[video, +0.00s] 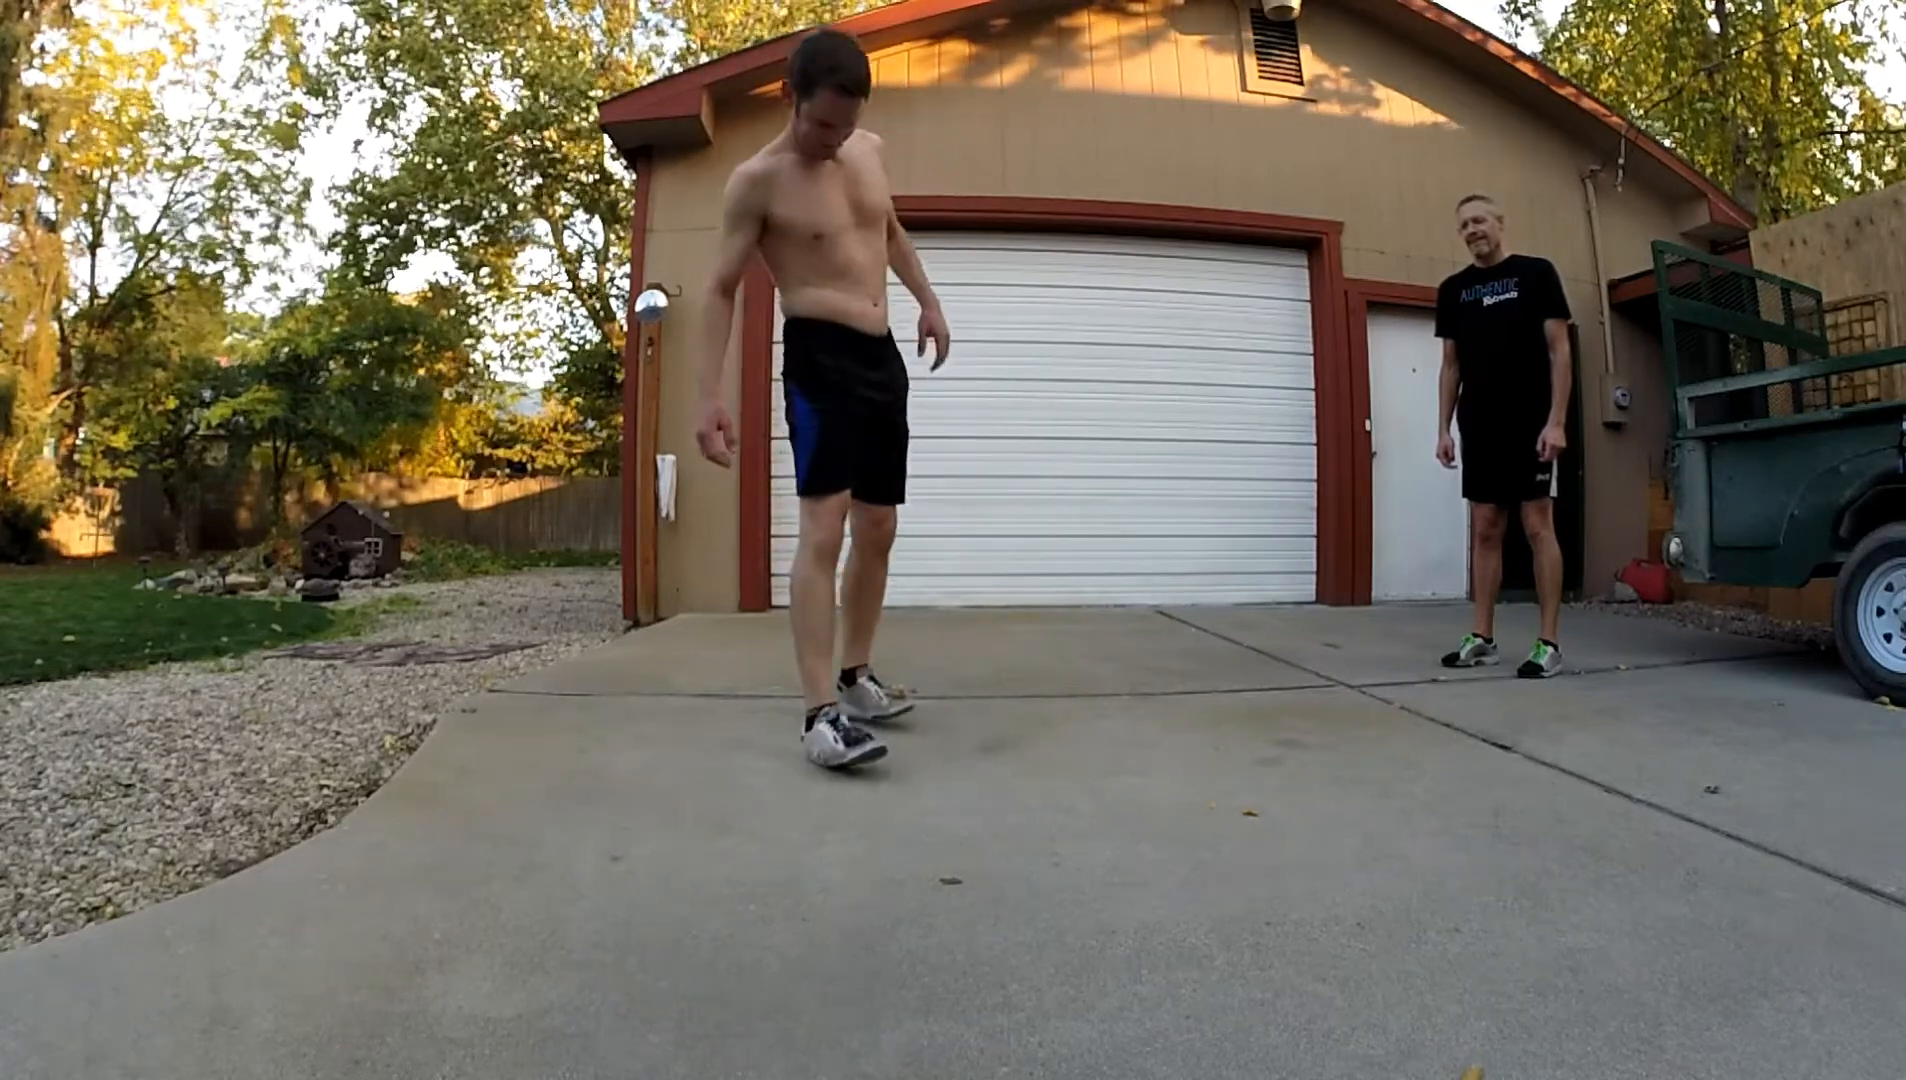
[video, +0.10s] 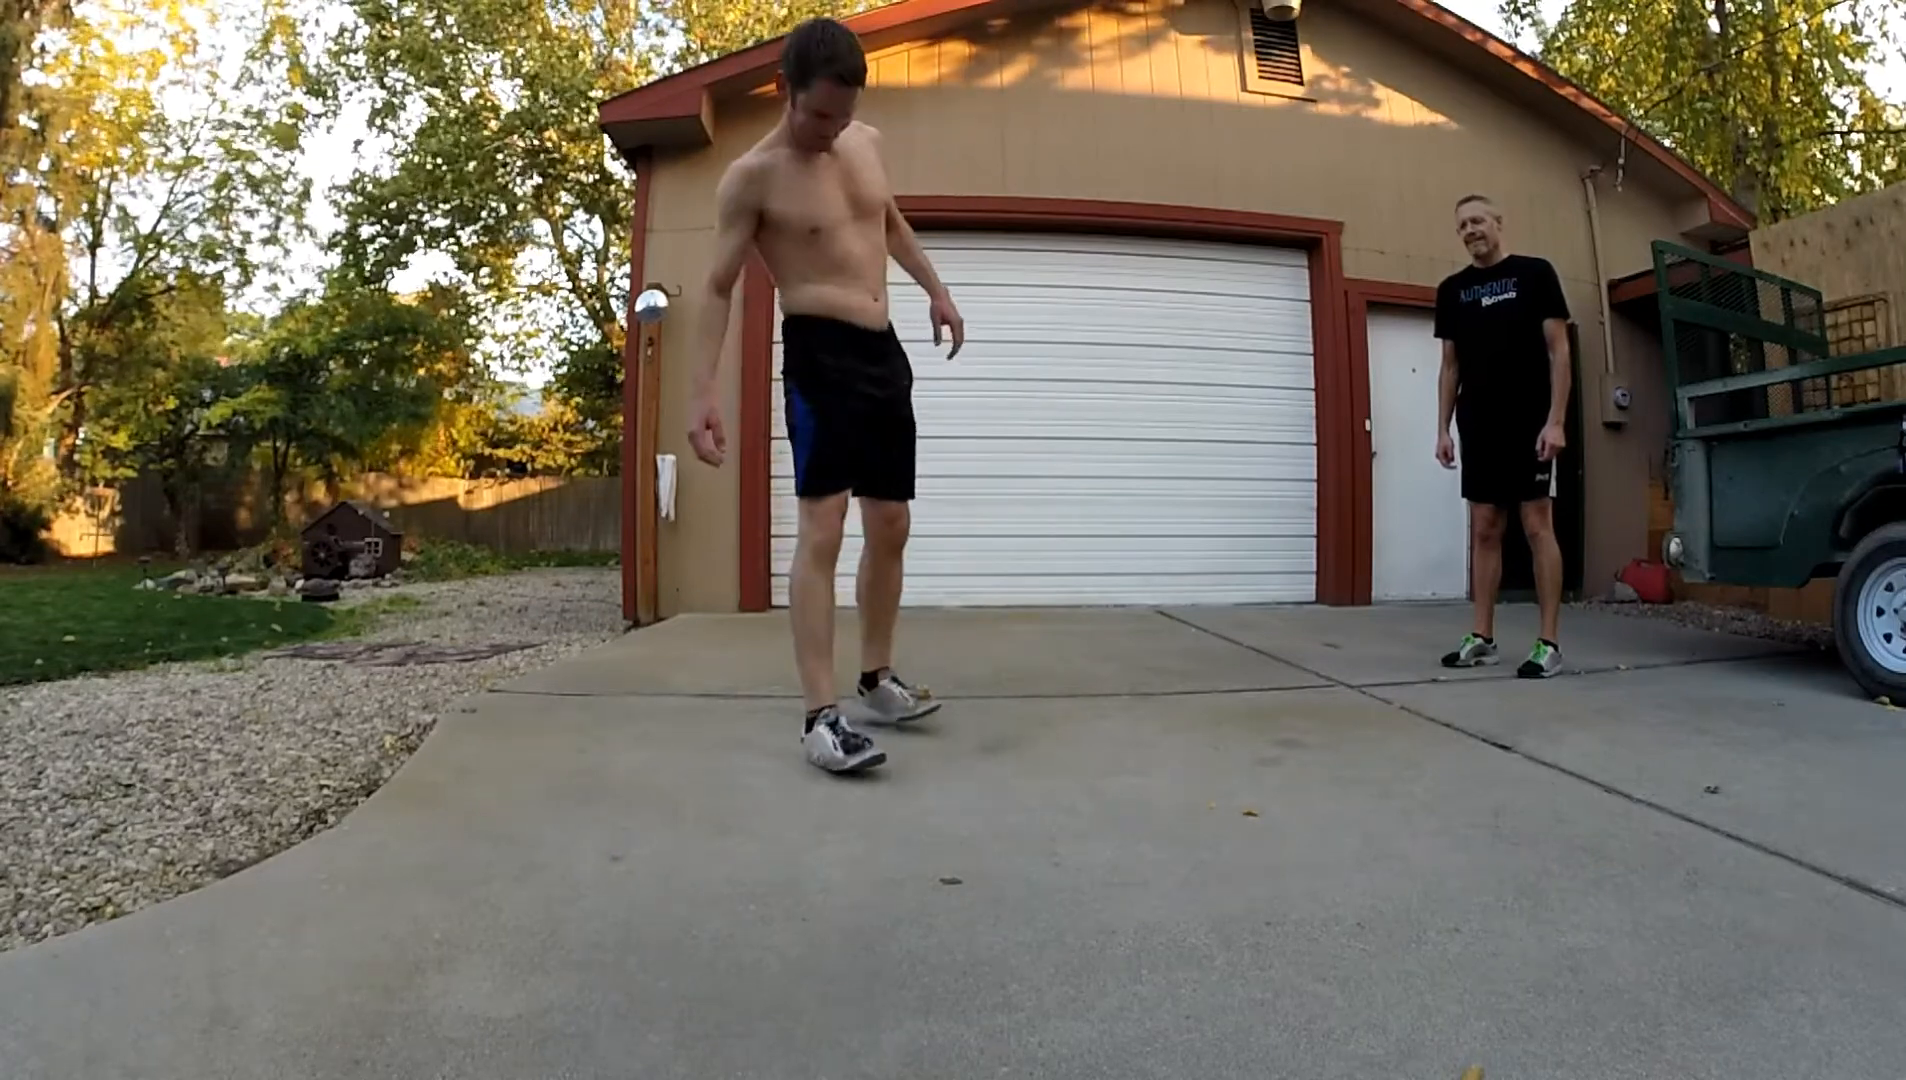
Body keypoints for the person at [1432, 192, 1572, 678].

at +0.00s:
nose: (1473, 230)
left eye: (1480, 221)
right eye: (1465, 225)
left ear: (1501, 223)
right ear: (1459, 235)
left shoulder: (1536, 273)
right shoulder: (1453, 290)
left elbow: (1560, 350)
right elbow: (1451, 364)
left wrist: (1556, 421)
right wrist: (1444, 428)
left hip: (1532, 420)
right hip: (1481, 423)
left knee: (1537, 527)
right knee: (1485, 529)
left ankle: (1548, 641)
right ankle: (1481, 636)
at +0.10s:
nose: (1472, 230)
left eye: (1478, 221)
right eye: (1464, 225)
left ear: (1498, 223)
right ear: (1458, 235)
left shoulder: (1535, 273)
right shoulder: (1452, 291)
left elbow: (1560, 351)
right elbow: (1450, 364)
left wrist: (1556, 421)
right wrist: (1443, 428)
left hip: (1531, 421)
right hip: (1480, 424)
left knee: (1537, 528)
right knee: (1484, 530)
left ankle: (1548, 641)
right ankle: (1481, 636)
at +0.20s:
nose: (1470, 231)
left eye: (1476, 222)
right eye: (1462, 226)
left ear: (1496, 224)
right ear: (1456, 236)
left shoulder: (1534, 273)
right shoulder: (1451, 291)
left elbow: (1558, 349)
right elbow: (1449, 365)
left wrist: (1554, 420)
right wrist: (1442, 429)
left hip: (1530, 421)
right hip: (1479, 424)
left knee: (1536, 527)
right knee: (1484, 530)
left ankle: (1548, 641)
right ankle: (1482, 636)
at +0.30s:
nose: (1467, 232)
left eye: (1473, 223)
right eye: (1459, 227)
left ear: (1494, 225)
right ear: (1453, 238)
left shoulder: (1531, 273)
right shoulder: (1448, 292)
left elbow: (1558, 349)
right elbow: (1446, 365)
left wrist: (1553, 420)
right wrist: (1439, 426)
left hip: (1528, 421)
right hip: (1477, 424)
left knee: (1535, 527)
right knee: (1483, 529)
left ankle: (1547, 641)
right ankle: (1481, 637)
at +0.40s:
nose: (1464, 232)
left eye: (1470, 223)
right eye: (1456, 228)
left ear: (1491, 226)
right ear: (1450, 238)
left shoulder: (1527, 273)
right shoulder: (1446, 293)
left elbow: (1558, 347)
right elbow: (1443, 365)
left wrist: (1553, 418)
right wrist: (1434, 426)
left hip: (1527, 420)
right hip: (1475, 424)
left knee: (1533, 526)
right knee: (1483, 529)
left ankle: (1547, 642)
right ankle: (1481, 637)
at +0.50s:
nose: (1459, 233)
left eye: (1465, 224)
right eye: (1451, 229)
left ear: (1487, 228)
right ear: (1446, 239)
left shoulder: (1524, 274)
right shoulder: (1442, 294)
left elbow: (1556, 346)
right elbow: (1440, 366)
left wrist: (1555, 417)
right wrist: (1433, 429)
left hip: (1524, 421)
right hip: (1473, 424)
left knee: (1531, 526)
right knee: (1482, 531)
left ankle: (1547, 642)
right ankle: (1481, 637)